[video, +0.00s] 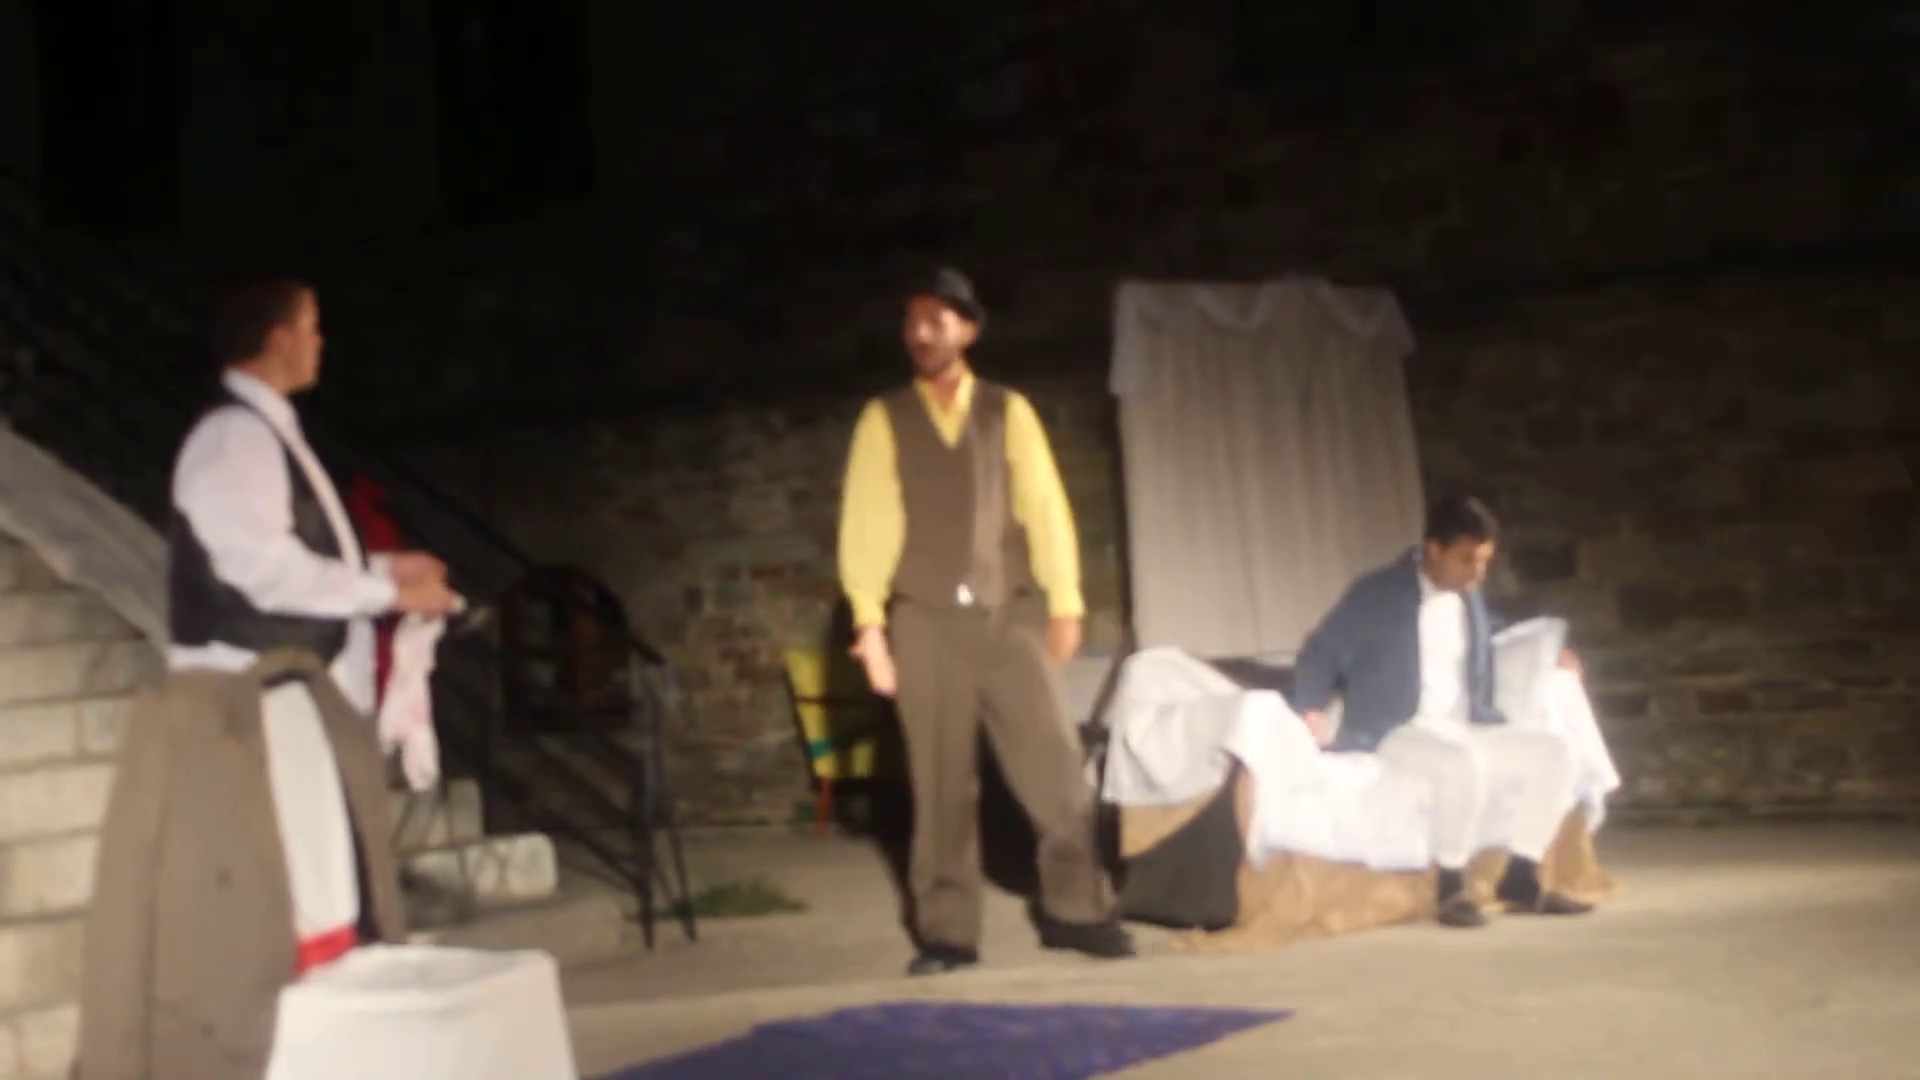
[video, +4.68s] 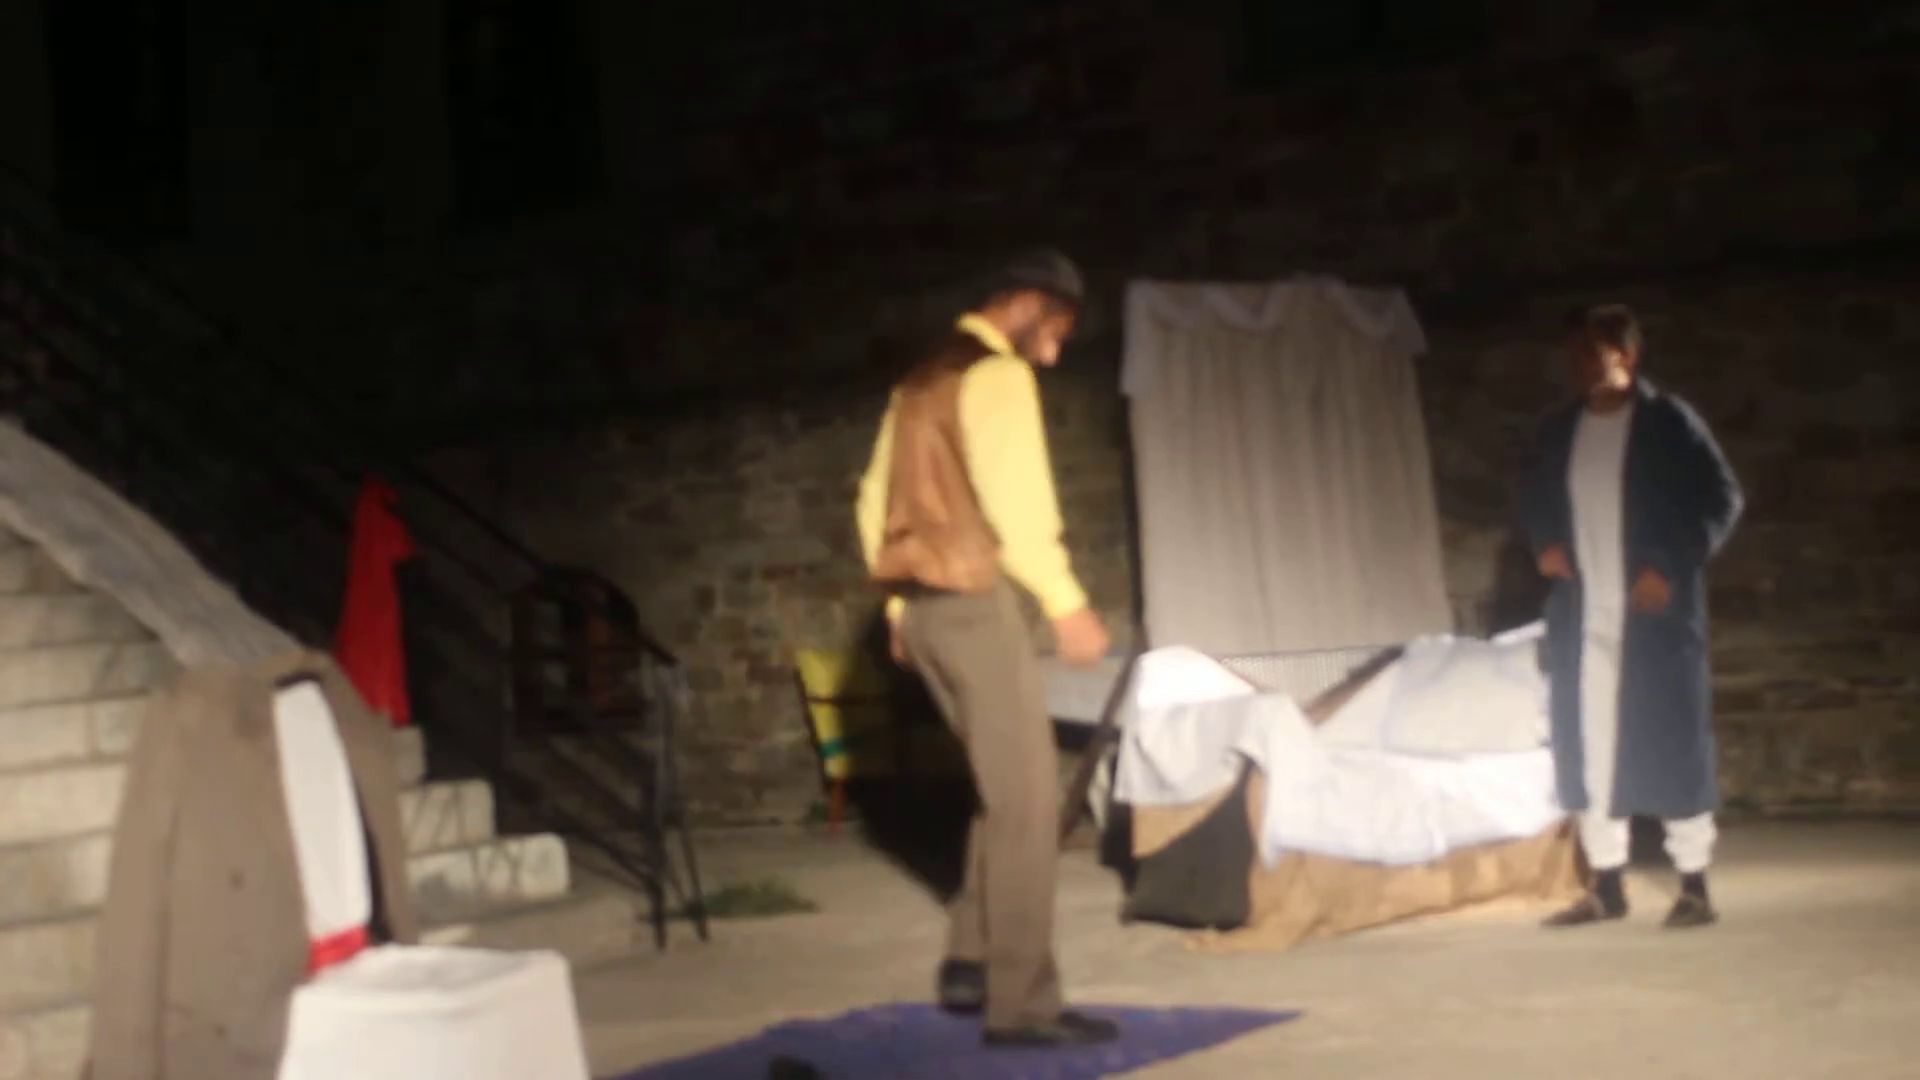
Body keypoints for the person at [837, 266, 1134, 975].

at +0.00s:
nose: (926, 334)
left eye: (941, 320)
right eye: (917, 321)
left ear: (969, 329)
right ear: (905, 332)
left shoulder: (1011, 414)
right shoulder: (884, 421)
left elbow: (1047, 512)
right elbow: (865, 525)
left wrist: (1066, 605)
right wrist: (869, 624)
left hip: (1009, 619)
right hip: (924, 625)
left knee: (1057, 772)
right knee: (942, 787)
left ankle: (1078, 912)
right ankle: (947, 934)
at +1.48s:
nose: (839, 328)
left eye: (852, 312)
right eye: (825, 314)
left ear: (879, 313)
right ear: (806, 319)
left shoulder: (927, 392)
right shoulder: (778, 407)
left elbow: (968, 500)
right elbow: (760, 519)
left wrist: (981, 609)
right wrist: (758, 625)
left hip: (925, 622)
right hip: (826, 627)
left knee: (962, 784)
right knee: (833, 811)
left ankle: (971, 942)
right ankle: (847, 982)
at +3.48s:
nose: (828, 323)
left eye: (843, 309)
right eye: (814, 305)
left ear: (857, 308)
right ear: (779, 295)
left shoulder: (875, 386)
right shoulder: (724, 386)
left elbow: (908, 504)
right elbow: (681, 511)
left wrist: (919, 613)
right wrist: (696, 617)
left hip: (870, 634)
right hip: (771, 640)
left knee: (914, 821)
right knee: (792, 840)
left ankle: (927, 1009)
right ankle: (811, 1024)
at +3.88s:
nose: (927, 317)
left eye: (931, 303)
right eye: (916, 300)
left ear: (908, 303)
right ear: (867, 292)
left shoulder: (911, 386)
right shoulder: (788, 384)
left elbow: (933, 502)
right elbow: (739, 509)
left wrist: (940, 603)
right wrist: (786, 625)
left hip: (914, 629)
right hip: (838, 633)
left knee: (928, 824)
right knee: (839, 831)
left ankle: (944, 1007)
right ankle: (814, 1026)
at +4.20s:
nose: (989, 314)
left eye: (992, 297)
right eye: (983, 295)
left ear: (946, 289)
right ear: (941, 288)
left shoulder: (920, 374)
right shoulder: (877, 373)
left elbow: (899, 500)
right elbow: (820, 484)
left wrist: (942, 613)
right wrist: (843, 599)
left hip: (931, 616)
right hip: (901, 617)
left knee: (947, 809)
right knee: (935, 811)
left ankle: (946, 999)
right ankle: (935, 1008)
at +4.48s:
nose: (1023, 324)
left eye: (1027, 307)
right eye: (1018, 305)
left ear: (969, 298)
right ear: (980, 292)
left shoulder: (923, 362)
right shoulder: (952, 366)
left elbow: (920, 491)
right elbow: (932, 486)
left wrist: (952, 596)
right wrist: (953, 606)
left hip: (909, 607)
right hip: (949, 608)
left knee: (948, 808)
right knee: (1013, 799)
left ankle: (942, 1002)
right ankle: (1020, 1002)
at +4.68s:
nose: (1056, 349)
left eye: (1062, 334)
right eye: (1056, 329)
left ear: (1004, 305)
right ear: (1025, 306)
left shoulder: (919, 382)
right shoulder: (999, 377)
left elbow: (876, 498)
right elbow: (1019, 504)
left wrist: (897, 593)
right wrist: (1067, 606)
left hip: (926, 612)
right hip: (979, 609)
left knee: (1010, 790)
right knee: (1025, 800)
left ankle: (971, 961)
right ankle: (1023, 1005)